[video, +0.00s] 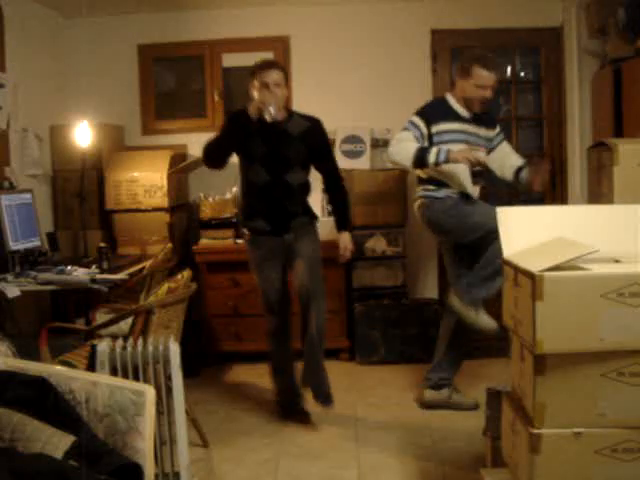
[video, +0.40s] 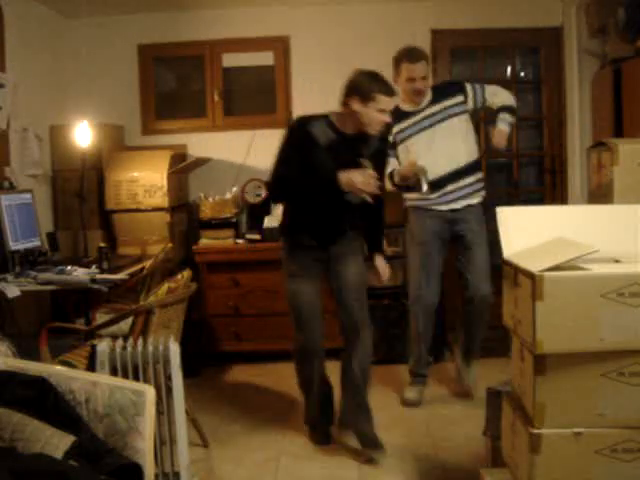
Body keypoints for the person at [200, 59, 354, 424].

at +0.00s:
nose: (271, 93)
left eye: (276, 86)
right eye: (263, 87)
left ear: (288, 89)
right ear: (253, 91)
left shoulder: (307, 128)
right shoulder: (242, 124)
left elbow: (333, 180)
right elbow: (212, 160)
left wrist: (344, 228)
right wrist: (245, 118)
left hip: (301, 226)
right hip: (262, 230)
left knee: (310, 293)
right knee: (277, 311)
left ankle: (315, 375)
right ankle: (287, 395)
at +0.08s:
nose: (292, 121)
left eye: (297, 114)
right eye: (285, 114)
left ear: (303, 113)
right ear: (268, 113)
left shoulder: (321, 149)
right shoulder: (253, 146)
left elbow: (353, 198)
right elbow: (225, 182)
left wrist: (361, 243)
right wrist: (263, 145)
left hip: (317, 256)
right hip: (275, 258)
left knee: (317, 334)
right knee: (283, 338)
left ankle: (318, 411)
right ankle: (294, 401)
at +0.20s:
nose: (329, 120)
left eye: (332, 112)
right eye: (322, 112)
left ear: (333, 111)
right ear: (299, 110)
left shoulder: (338, 142)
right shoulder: (271, 137)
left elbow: (363, 190)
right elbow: (244, 184)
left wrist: (370, 233)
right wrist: (292, 157)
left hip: (329, 240)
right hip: (287, 242)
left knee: (336, 309)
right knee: (294, 322)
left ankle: (330, 385)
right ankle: (299, 396)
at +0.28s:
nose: (347, 115)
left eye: (349, 107)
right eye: (341, 106)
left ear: (347, 104)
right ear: (317, 102)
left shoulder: (350, 135)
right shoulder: (280, 130)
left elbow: (364, 186)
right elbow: (254, 184)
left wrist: (372, 230)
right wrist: (308, 160)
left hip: (335, 230)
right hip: (293, 233)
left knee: (343, 289)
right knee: (295, 318)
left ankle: (337, 373)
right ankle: (305, 389)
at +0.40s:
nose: (388, 119)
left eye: (390, 111)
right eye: (382, 111)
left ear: (362, 107)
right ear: (355, 105)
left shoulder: (374, 143)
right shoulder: (305, 131)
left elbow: (374, 200)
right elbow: (278, 188)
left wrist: (376, 250)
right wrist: (339, 179)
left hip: (346, 243)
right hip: (302, 244)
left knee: (358, 330)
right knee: (310, 338)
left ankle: (357, 420)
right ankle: (318, 419)